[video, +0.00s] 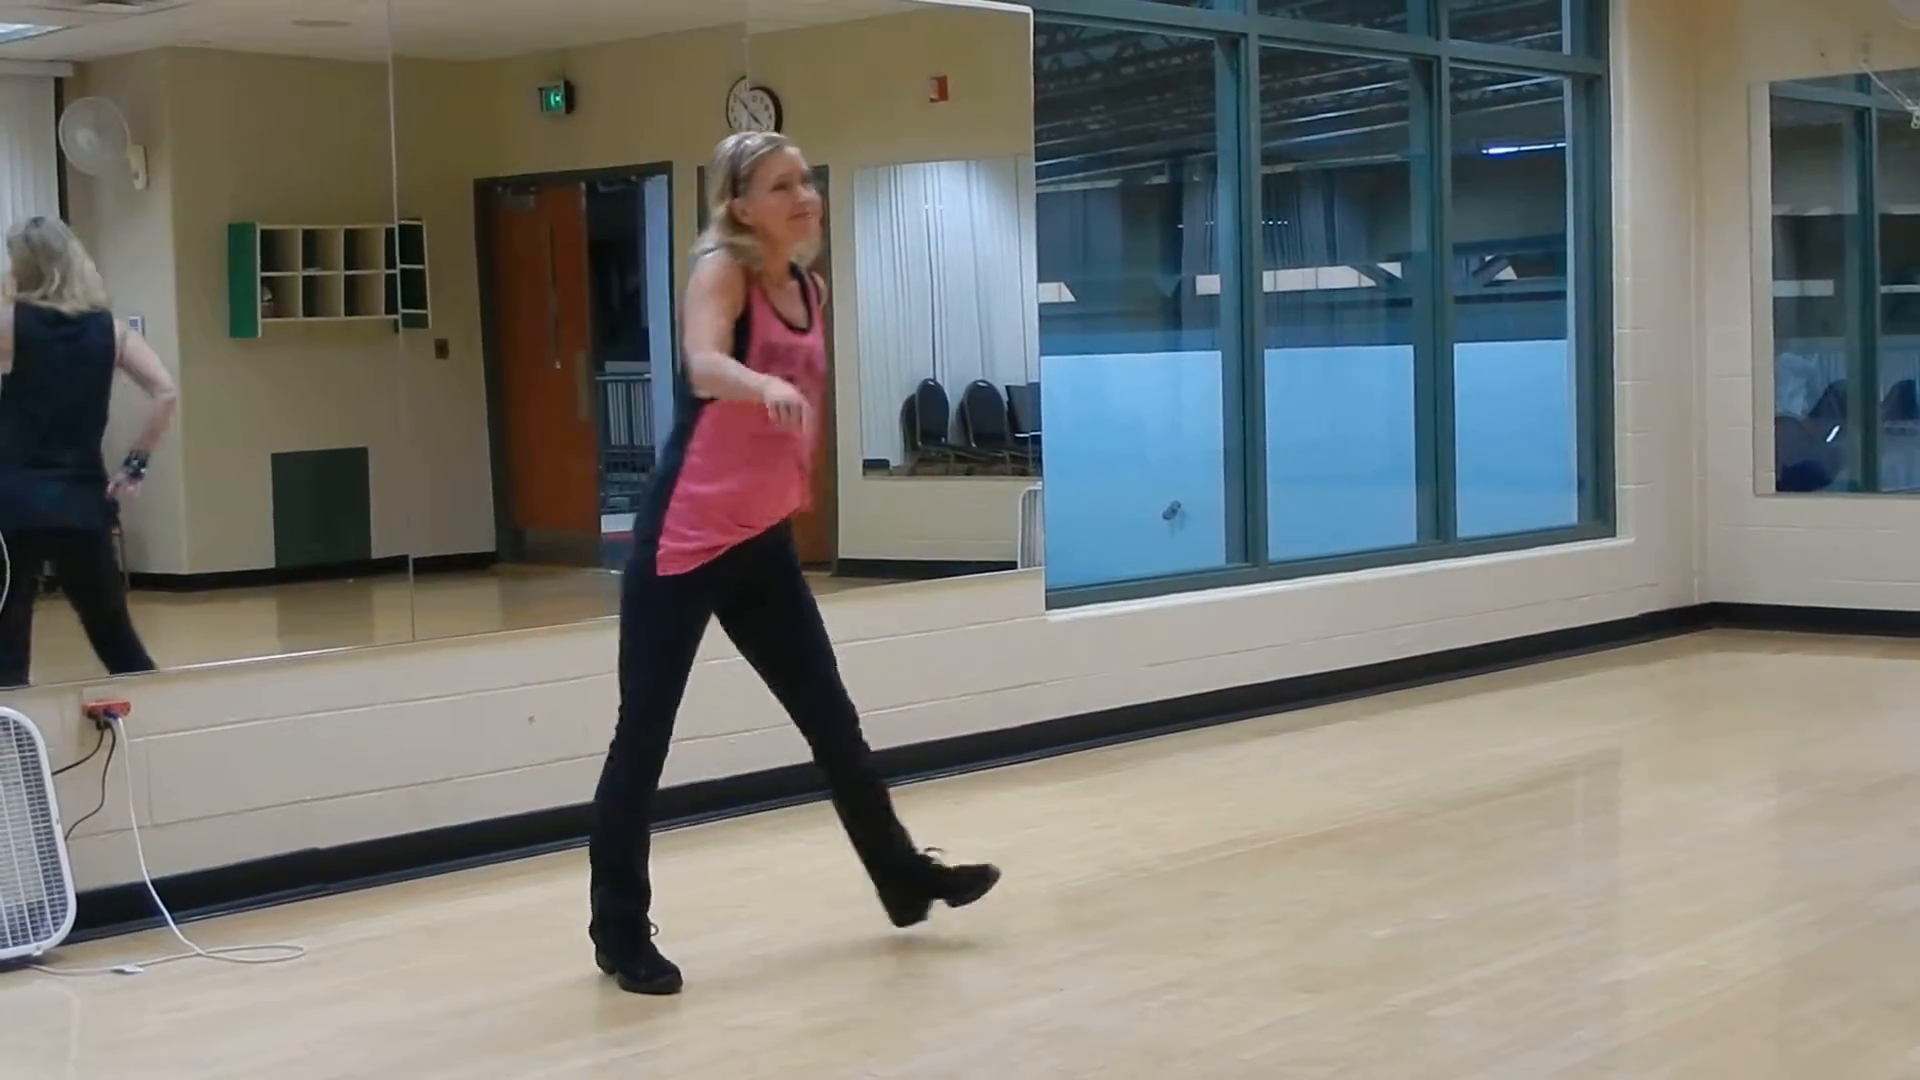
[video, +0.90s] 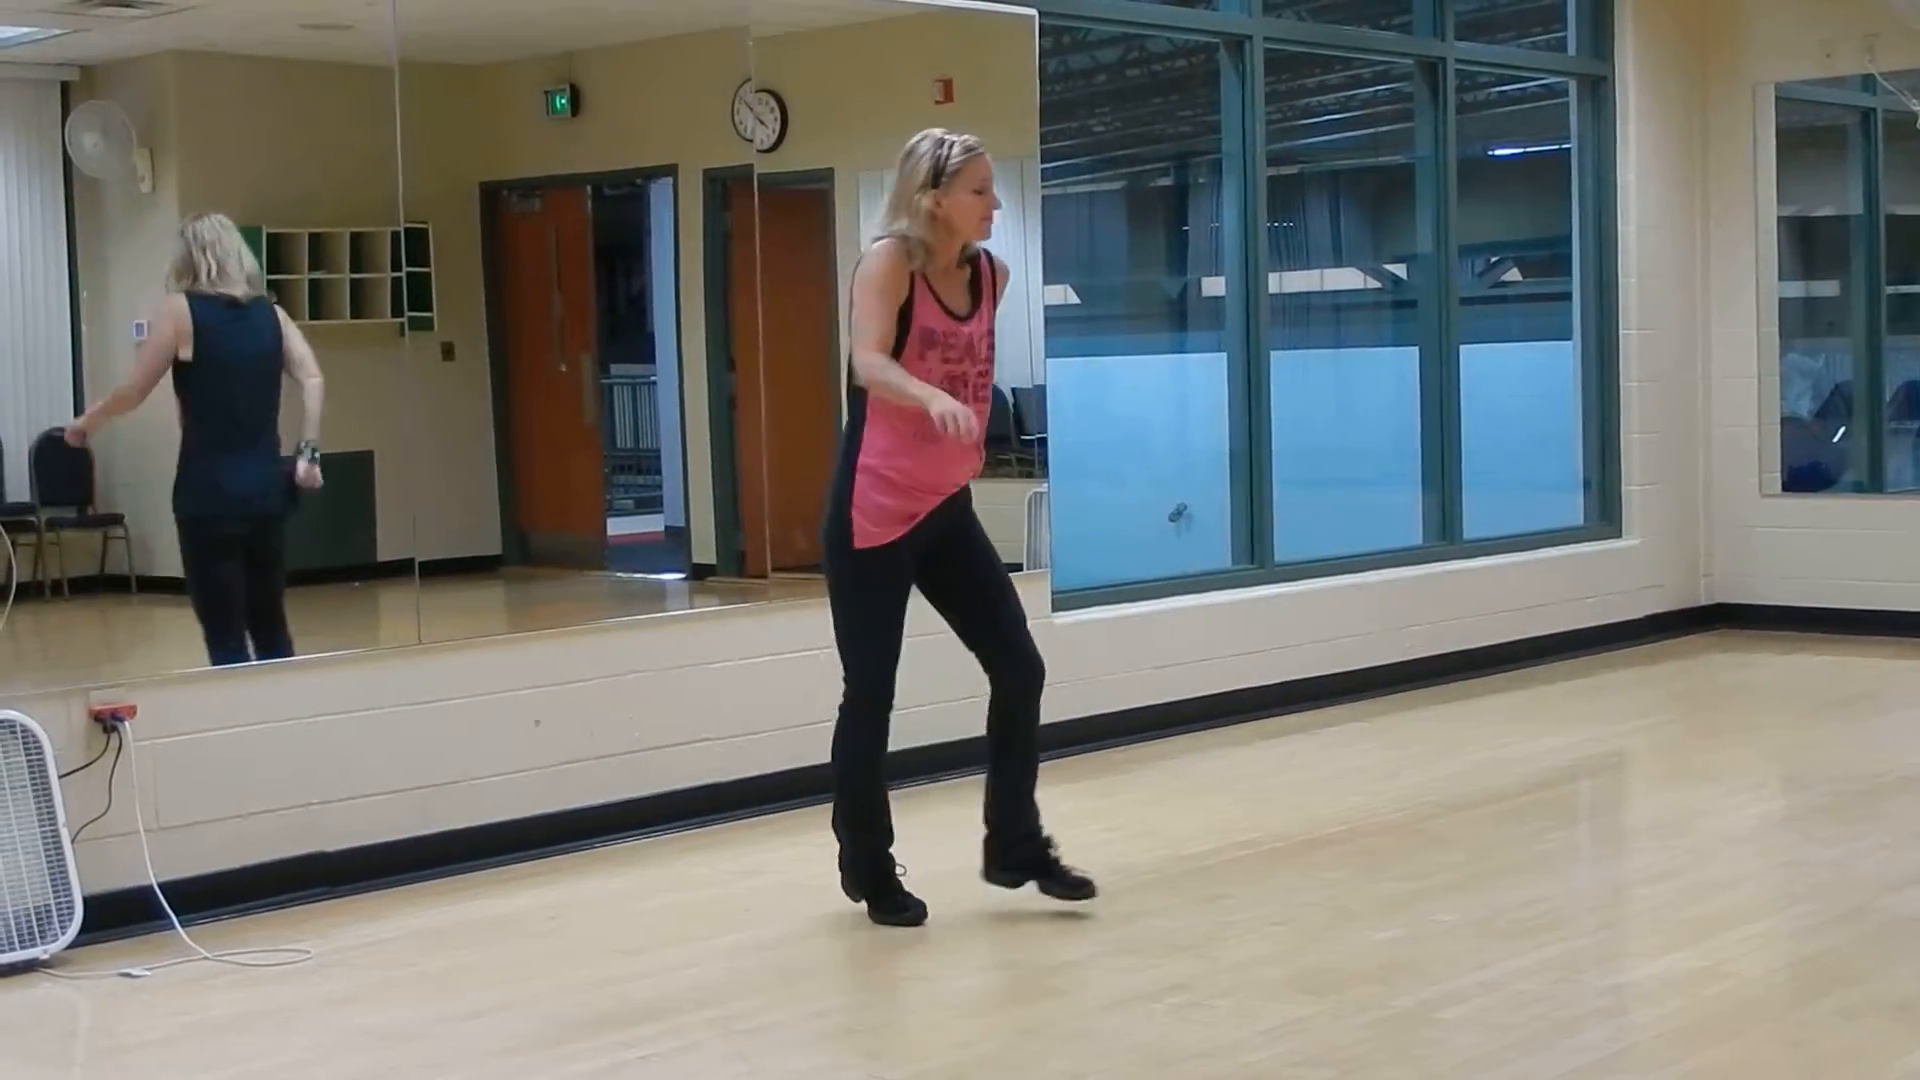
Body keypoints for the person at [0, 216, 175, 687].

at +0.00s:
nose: (8, 272)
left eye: (13, 263)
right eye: (10, 263)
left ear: (24, 267)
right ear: (74, 264)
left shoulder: (10, 322)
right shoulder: (106, 327)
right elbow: (165, 391)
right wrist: (136, 465)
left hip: (15, 508)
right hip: (79, 507)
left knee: (9, 647)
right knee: (116, 640)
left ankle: (10, 750)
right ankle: (178, 732)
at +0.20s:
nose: (62, 279)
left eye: (64, 272)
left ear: (71, 278)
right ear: (121, 273)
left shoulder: (57, 343)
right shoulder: (160, 336)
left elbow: (11, 424)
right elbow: (200, 407)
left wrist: (12, 451)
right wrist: (159, 420)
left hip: (76, 517)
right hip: (146, 516)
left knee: (36, 656)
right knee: (166, 645)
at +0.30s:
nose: (84, 276)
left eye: (87, 269)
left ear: (95, 274)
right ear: (144, 269)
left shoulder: (81, 336)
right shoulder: (184, 331)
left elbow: (60, 427)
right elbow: (211, 416)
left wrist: (39, 505)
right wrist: (169, 381)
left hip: (111, 516)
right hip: (181, 512)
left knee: (49, 644)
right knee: (186, 647)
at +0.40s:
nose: (104, 277)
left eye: (108, 268)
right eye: (105, 268)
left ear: (117, 273)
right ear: (167, 269)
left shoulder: (101, 332)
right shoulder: (201, 330)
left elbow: (97, 420)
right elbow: (221, 417)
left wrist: (98, 498)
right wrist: (176, 396)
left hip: (139, 513)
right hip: (204, 510)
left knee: (70, 634)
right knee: (197, 648)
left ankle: (112, 737)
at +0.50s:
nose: (123, 275)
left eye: (126, 267)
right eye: (125, 267)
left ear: (135, 274)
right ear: (185, 272)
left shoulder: (124, 330)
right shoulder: (212, 328)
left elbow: (124, 407)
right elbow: (235, 412)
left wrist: (122, 488)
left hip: (159, 513)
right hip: (221, 510)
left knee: (105, 635)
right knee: (203, 648)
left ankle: (163, 715)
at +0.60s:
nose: (138, 277)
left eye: (141, 269)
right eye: (139, 268)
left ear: (152, 275)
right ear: (200, 273)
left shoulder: (146, 326)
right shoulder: (225, 333)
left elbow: (144, 403)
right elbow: (246, 417)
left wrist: (127, 463)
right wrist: (235, 465)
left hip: (168, 506)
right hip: (230, 506)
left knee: (143, 644)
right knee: (209, 647)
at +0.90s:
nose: (176, 262)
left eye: (180, 253)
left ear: (187, 257)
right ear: (240, 255)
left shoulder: (180, 311)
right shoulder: (272, 314)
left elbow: (134, 391)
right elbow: (312, 378)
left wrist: (89, 422)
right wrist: (309, 452)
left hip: (208, 488)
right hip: (266, 484)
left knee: (224, 633)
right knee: (270, 623)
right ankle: (294, 728)